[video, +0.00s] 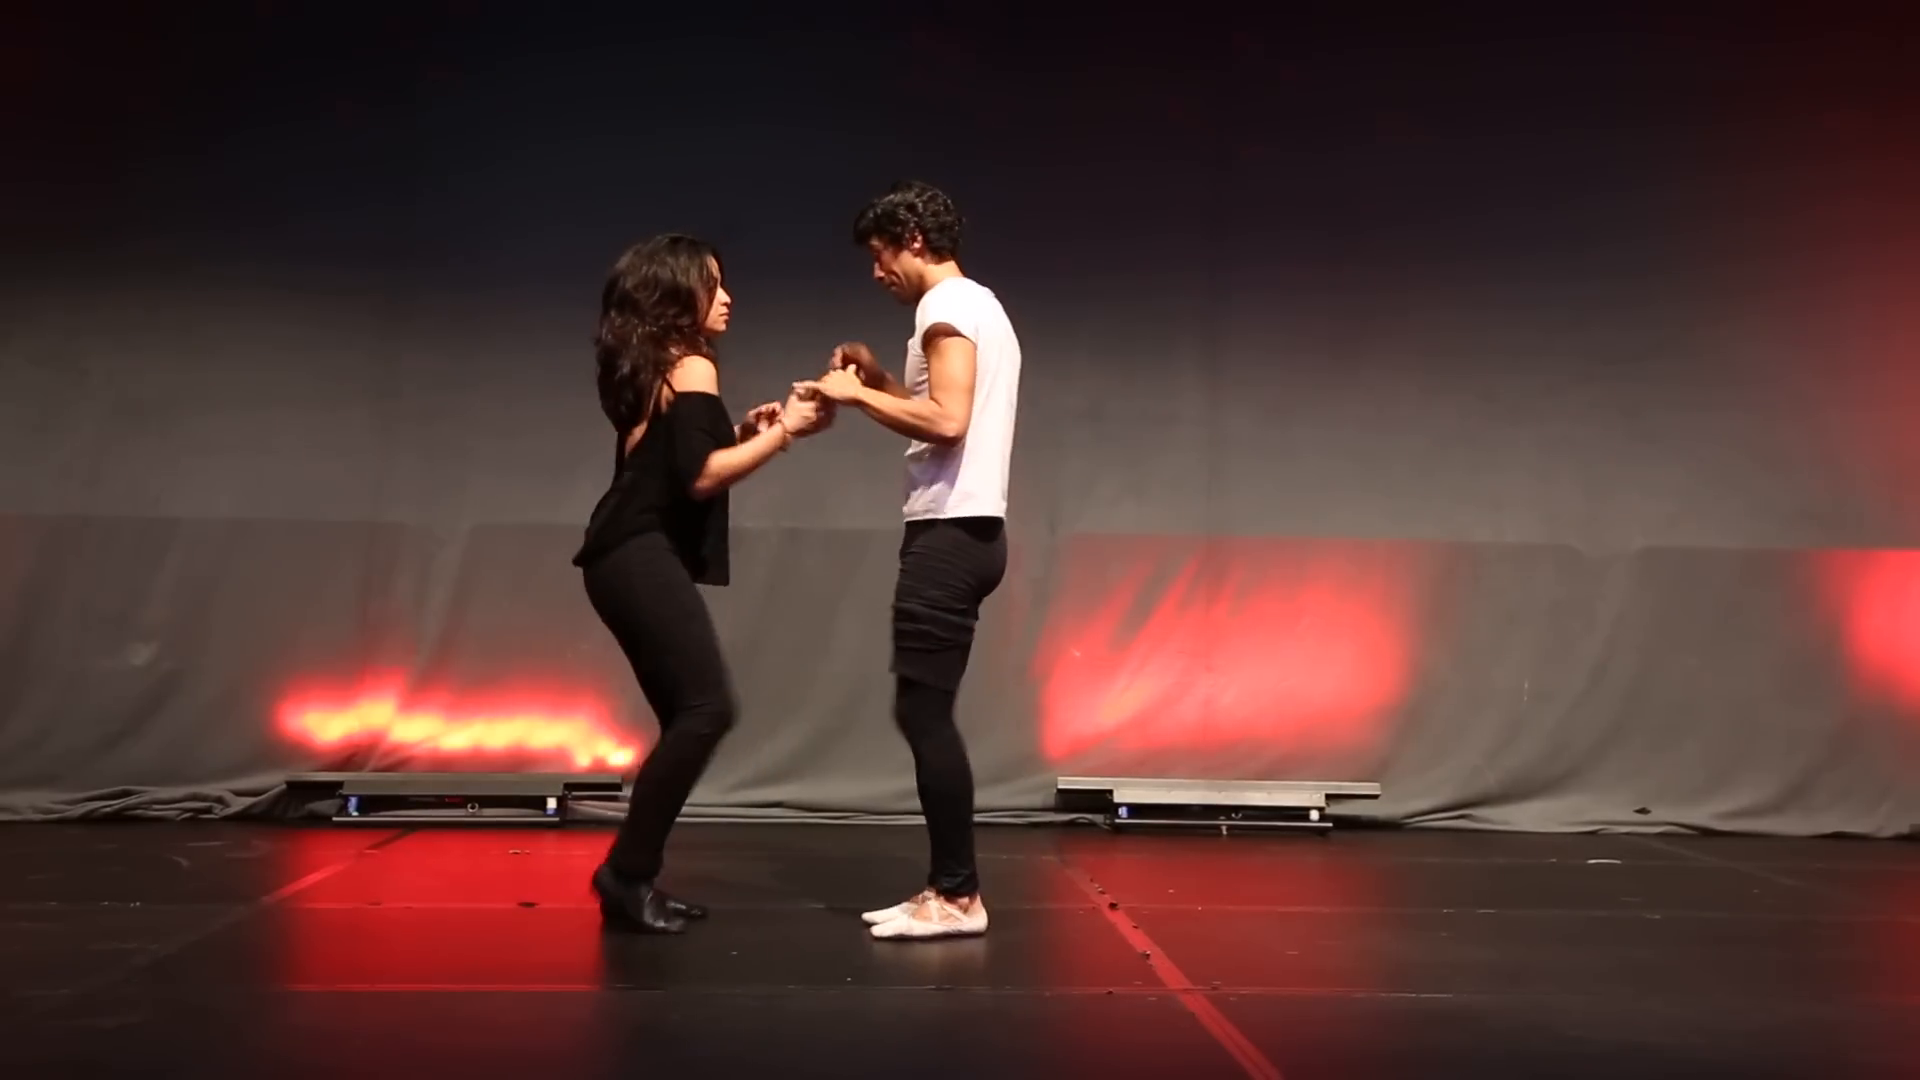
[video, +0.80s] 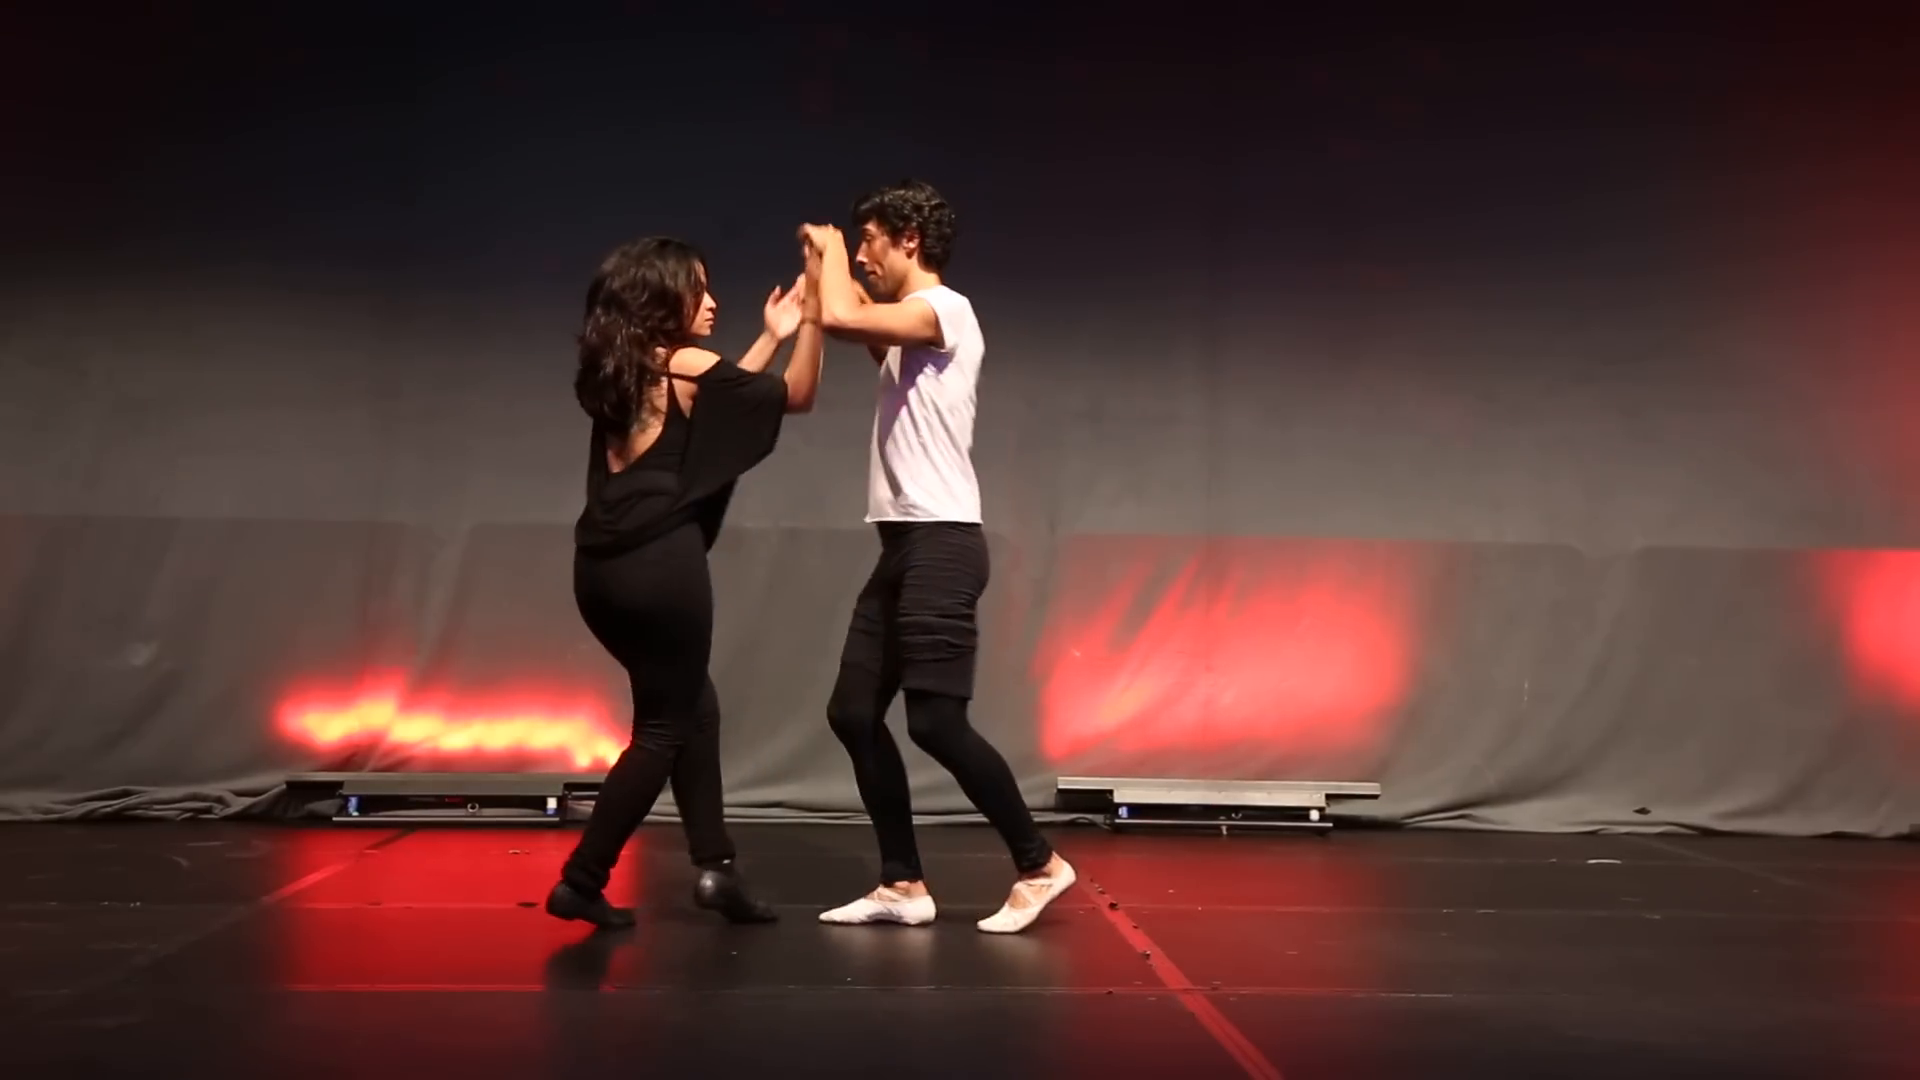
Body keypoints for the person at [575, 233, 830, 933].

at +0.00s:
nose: (726, 297)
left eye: (722, 284)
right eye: (713, 286)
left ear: (669, 300)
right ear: (680, 298)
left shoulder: (653, 368)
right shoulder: (690, 364)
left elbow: (660, 465)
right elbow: (703, 472)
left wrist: (751, 427)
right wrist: (785, 430)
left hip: (624, 560)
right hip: (641, 559)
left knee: (691, 714)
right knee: (706, 709)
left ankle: (632, 876)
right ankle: (626, 877)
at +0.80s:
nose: (711, 301)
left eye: (707, 288)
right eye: (700, 291)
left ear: (638, 304)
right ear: (667, 302)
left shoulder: (623, 368)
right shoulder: (687, 364)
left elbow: (728, 398)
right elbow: (796, 393)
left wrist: (772, 333)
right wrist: (814, 313)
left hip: (602, 574)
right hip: (662, 570)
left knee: (697, 711)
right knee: (661, 732)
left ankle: (714, 867)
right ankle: (582, 882)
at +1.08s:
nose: (722, 302)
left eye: (720, 290)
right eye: (712, 290)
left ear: (658, 297)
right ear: (680, 295)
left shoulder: (680, 363)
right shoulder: (672, 351)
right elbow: (753, 322)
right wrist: (785, 229)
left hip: (680, 568)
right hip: (643, 561)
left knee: (740, 718)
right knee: (666, 729)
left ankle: (699, 880)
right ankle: (581, 876)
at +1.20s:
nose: (727, 292)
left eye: (737, 282)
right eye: (713, 278)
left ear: (747, 296)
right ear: (680, 288)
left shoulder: (745, 361)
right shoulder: (640, 344)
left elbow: (765, 334)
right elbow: (655, 282)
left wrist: (752, 232)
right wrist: (717, 216)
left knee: (744, 723)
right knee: (643, 727)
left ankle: (714, 875)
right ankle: (636, 883)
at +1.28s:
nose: (697, 276)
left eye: (715, 273)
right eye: (690, 260)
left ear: (738, 297)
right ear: (666, 278)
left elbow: (708, 300)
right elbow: (612, 266)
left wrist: (715, 216)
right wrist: (688, 202)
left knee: (721, 727)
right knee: (612, 726)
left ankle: (726, 871)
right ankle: (672, 879)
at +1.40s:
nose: (658, 264)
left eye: (673, 259)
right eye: (662, 256)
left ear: (702, 278)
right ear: (689, 277)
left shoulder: (693, 340)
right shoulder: (679, 332)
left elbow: (610, 283)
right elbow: (630, 270)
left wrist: (671, 230)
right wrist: (680, 205)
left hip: (683, 556)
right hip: (653, 553)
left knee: (639, 720)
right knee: (630, 722)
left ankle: (754, 838)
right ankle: (680, 881)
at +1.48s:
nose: (643, 279)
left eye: (655, 271)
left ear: (670, 276)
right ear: (738, 280)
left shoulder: (652, 342)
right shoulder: (733, 347)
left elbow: (608, 286)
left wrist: (686, 250)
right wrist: (712, 223)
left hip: (655, 542)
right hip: (713, 544)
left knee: (595, 714)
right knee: (659, 719)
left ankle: (714, 821)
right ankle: (675, 890)